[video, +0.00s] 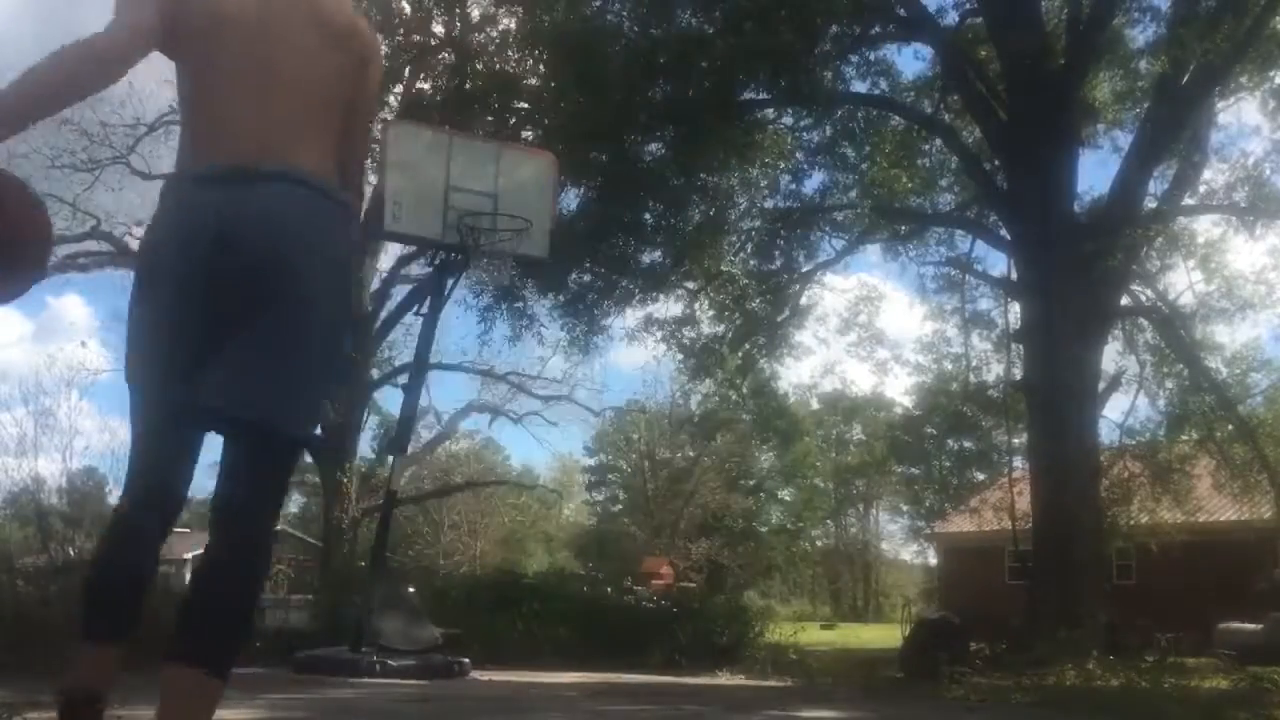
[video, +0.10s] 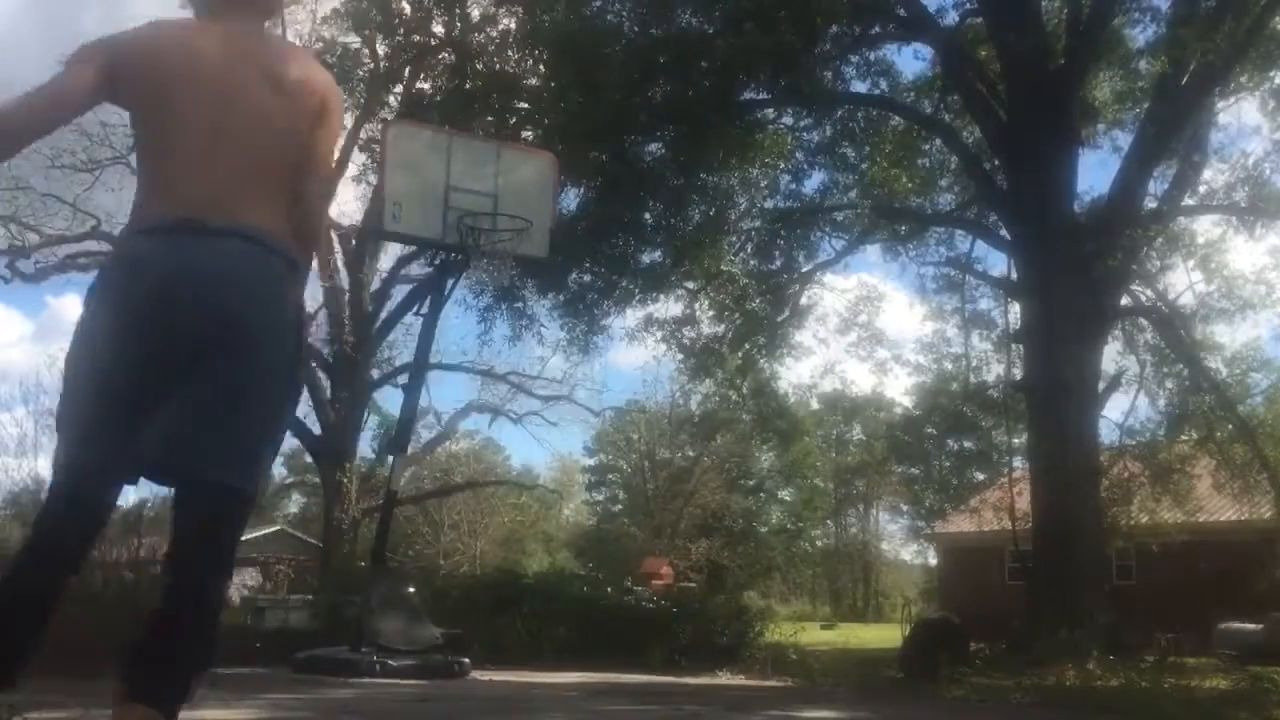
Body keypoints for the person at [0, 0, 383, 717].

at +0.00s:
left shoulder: (188, 5)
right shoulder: (359, 34)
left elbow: (103, 55)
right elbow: (351, 174)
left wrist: (0, 123)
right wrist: (341, 281)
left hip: (195, 220)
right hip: (311, 237)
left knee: (152, 489)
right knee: (244, 519)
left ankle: (82, 701)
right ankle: (184, 711)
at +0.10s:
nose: (286, 11)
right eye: (287, 10)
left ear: (200, 2)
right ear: (276, 9)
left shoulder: (142, 46)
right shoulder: (319, 84)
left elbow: (23, 119)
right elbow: (311, 209)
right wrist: (286, 304)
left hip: (148, 268)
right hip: (262, 287)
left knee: (74, 505)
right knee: (207, 535)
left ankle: (2, 678)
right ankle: (148, 704)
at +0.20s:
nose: (156, 69)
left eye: (153, 58)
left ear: (151, 67)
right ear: (229, 76)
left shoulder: (102, 129)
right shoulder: (278, 169)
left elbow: (10, 194)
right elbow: (263, 283)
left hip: (102, 336)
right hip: (214, 367)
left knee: (16, 543)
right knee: (144, 591)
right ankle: (102, 709)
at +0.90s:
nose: (440, 79)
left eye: (401, 66)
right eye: (460, 68)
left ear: (396, 63)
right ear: (467, 65)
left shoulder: (351, 128)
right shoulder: (510, 126)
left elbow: (292, 241)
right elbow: (525, 243)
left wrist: (278, 376)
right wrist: (569, 374)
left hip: (354, 317)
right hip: (459, 316)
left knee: (327, 519)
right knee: (515, 532)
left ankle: (266, 705)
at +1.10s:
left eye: (426, 156)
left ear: (420, 158)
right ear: (484, 156)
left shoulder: (377, 225)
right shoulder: (532, 225)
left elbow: (362, 343)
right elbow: (520, 332)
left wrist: (351, 446)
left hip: (405, 414)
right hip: (504, 408)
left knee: (395, 567)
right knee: (574, 573)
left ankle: (381, 701)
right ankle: (616, 705)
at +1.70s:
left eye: (233, 192)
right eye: (283, 191)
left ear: (229, 198)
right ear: (286, 196)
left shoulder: (192, 262)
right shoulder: (323, 257)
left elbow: (140, 360)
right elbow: (319, 356)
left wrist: (111, 465)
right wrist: (302, 431)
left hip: (181, 442)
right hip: (263, 445)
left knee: (143, 595)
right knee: (306, 617)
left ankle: (85, 707)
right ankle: (242, 712)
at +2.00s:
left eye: (277, 195)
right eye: (332, 195)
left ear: (275, 200)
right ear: (333, 198)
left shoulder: (240, 252)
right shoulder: (365, 255)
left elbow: (139, 305)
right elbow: (440, 353)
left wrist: (81, 374)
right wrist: (377, 372)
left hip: (206, 416)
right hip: (286, 425)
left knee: (157, 577)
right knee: (331, 611)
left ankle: (96, 707)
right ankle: (222, 711)